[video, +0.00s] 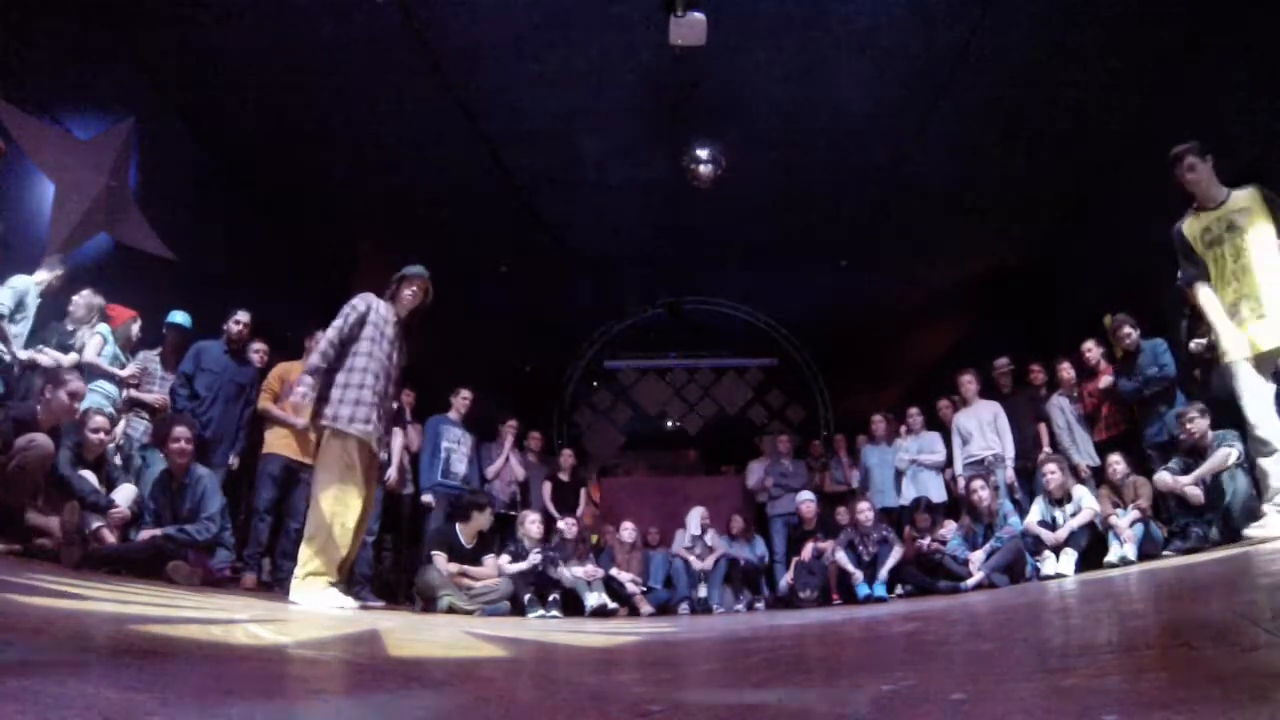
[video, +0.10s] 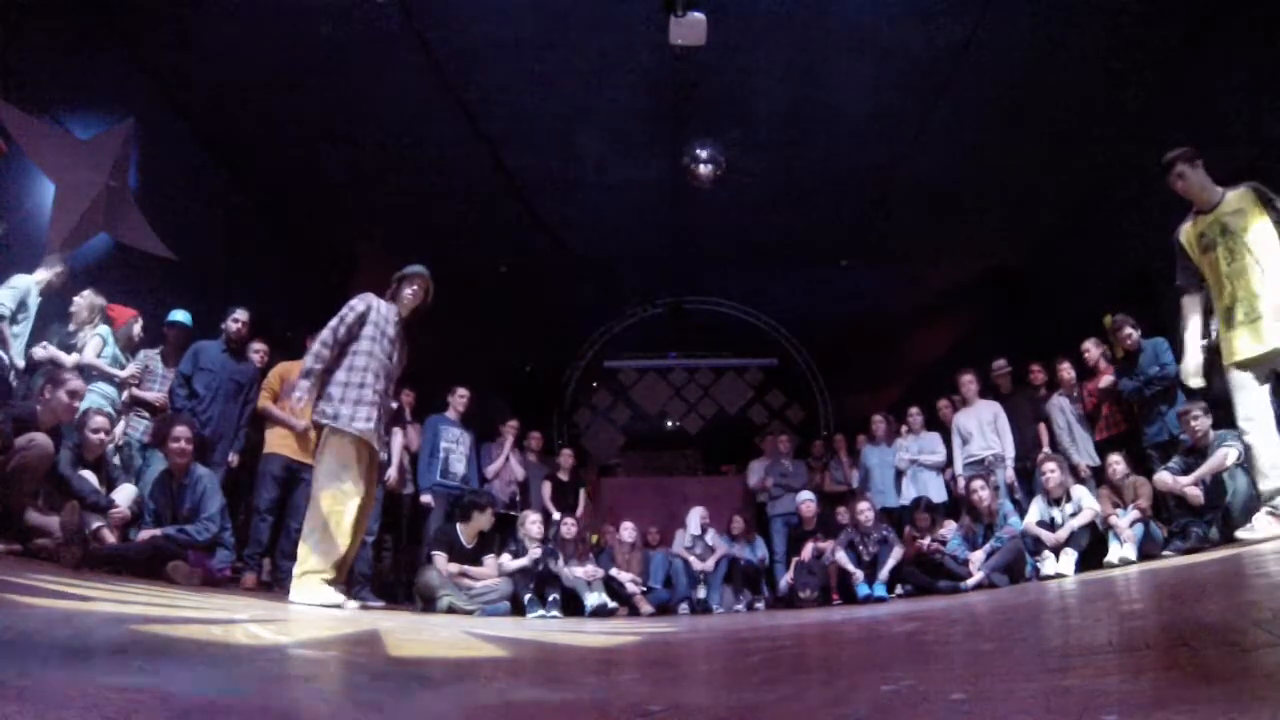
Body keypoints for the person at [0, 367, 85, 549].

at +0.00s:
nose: (76, 407)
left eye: (80, 401)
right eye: (71, 397)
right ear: (48, 391)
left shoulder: (56, 433)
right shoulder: (13, 421)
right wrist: (45, 523)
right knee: (40, 446)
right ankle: (10, 528)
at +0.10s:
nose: (76, 405)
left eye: (80, 400)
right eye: (71, 396)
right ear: (47, 391)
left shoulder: (56, 435)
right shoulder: (13, 418)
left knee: (63, 528)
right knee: (40, 445)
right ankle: (10, 526)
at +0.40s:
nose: (79, 404)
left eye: (82, 399)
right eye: (74, 395)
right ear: (50, 391)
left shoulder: (62, 432)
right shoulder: (14, 415)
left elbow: (62, 477)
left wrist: (109, 508)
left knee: (65, 537)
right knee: (43, 446)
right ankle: (9, 533)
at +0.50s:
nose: (80, 405)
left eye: (83, 400)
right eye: (77, 396)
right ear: (52, 391)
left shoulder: (61, 431)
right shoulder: (14, 414)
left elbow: (64, 477)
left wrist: (109, 507)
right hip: (6, 489)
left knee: (53, 536)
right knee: (43, 447)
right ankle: (9, 532)